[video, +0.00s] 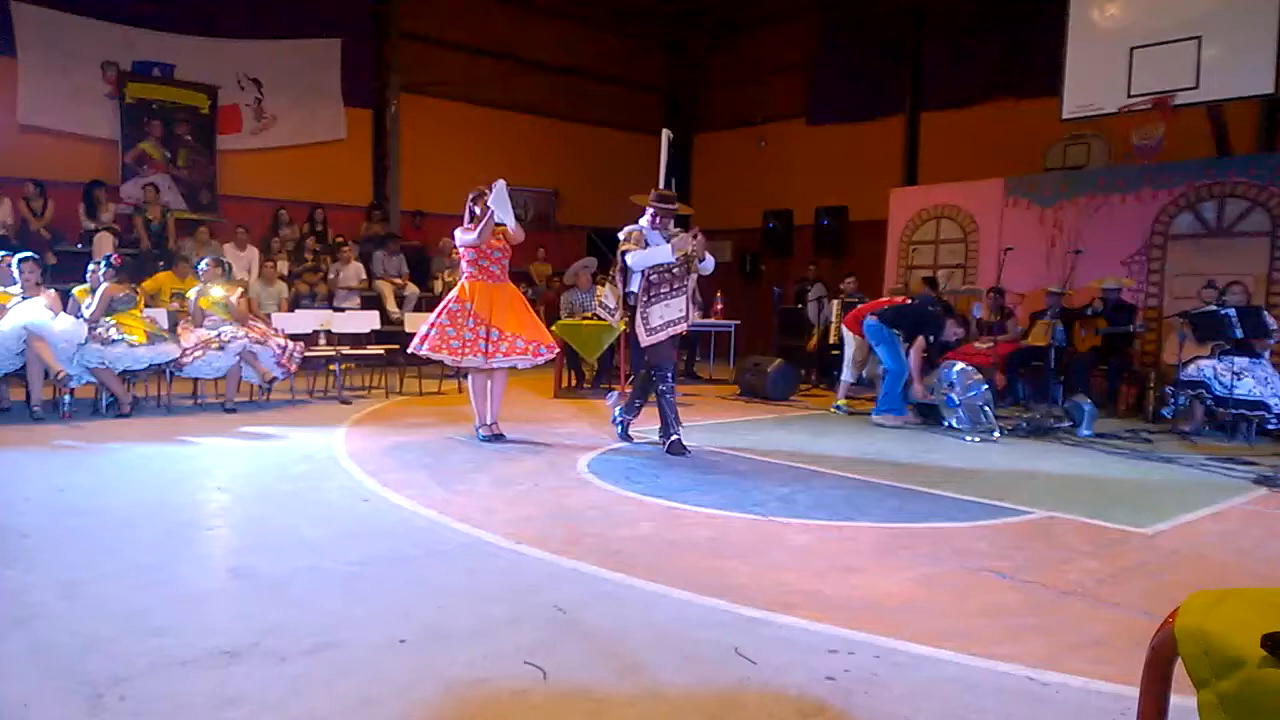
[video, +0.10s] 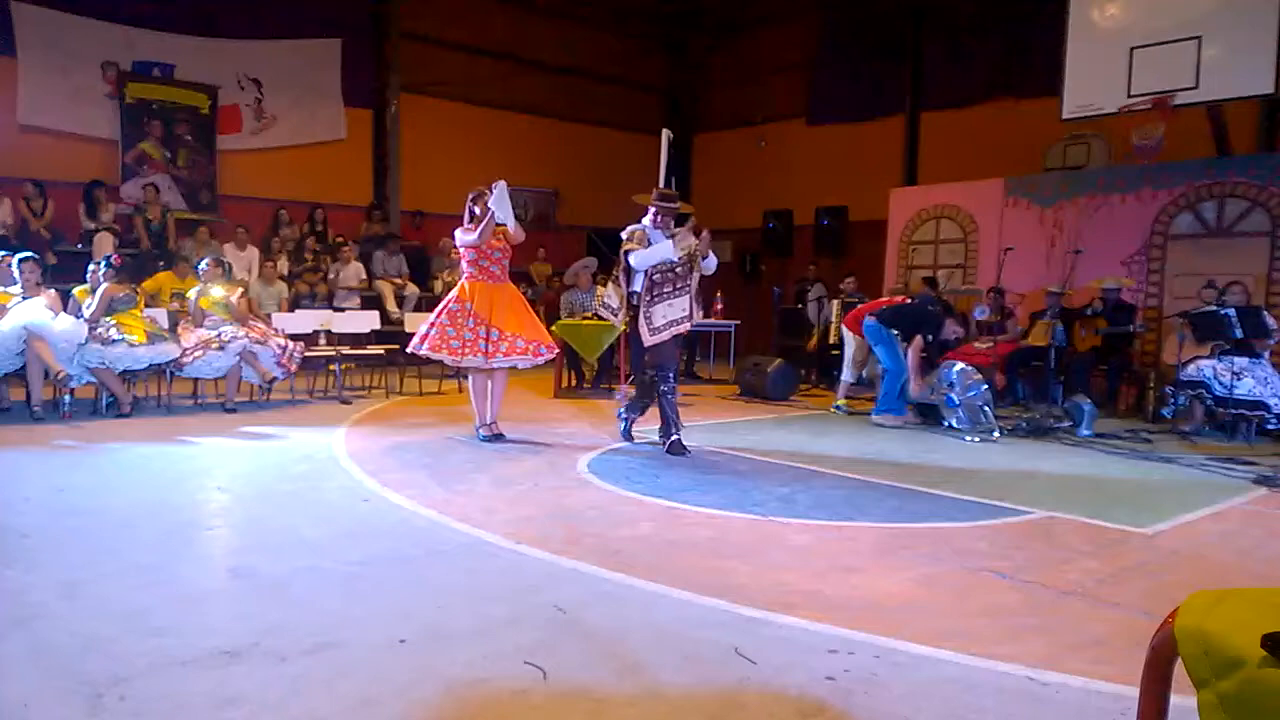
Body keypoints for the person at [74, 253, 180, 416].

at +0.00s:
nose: (100, 274)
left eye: (102, 271)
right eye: (100, 271)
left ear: (110, 272)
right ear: (122, 271)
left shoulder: (108, 288)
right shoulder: (135, 289)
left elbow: (93, 317)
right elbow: (137, 313)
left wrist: (84, 305)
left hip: (122, 336)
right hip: (139, 334)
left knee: (88, 354)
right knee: (88, 352)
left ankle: (124, 397)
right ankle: (123, 395)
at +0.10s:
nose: (100, 274)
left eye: (102, 271)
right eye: (100, 271)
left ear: (110, 272)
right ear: (122, 271)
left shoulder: (108, 289)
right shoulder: (135, 289)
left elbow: (93, 317)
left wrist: (85, 305)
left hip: (123, 336)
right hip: (139, 334)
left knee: (88, 354)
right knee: (88, 352)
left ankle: (124, 397)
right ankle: (123, 395)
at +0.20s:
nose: (100, 274)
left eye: (103, 271)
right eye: (100, 271)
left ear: (110, 272)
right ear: (124, 271)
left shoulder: (108, 289)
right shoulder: (135, 289)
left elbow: (93, 318)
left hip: (122, 337)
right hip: (140, 335)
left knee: (88, 354)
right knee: (88, 352)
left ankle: (124, 398)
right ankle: (124, 395)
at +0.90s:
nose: (105, 274)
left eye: (107, 270)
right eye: (105, 270)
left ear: (113, 272)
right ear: (130, 272)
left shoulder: (112, 288)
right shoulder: (137, 290)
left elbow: (97, 316)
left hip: (126, 337)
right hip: (142, 335)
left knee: (89, 354)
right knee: (90, 351)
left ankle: (124, 398)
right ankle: (125, 396)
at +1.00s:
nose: (105, 273)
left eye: (107, 269)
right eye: (106, 269)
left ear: (112, 272)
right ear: (130, 272)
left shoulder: (112, 288)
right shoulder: (136, 289)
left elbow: (87, 311)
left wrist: (80, 295)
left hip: (126, 337)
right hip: (141, 335)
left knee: (90, 353)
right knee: (90, 350)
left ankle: (124, 397)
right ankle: (124, 395)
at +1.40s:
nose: (109, 272)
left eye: (111, 269)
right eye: (110, 268)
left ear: (117, 271)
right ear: (133, 270)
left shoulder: (117, 288)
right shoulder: (139, 288)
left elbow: (93, 311)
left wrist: (98, 288)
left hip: (128, 336)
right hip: (143, 333)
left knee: (90, 352)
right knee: (90, 348)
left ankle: (124, 398)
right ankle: (125, 395)